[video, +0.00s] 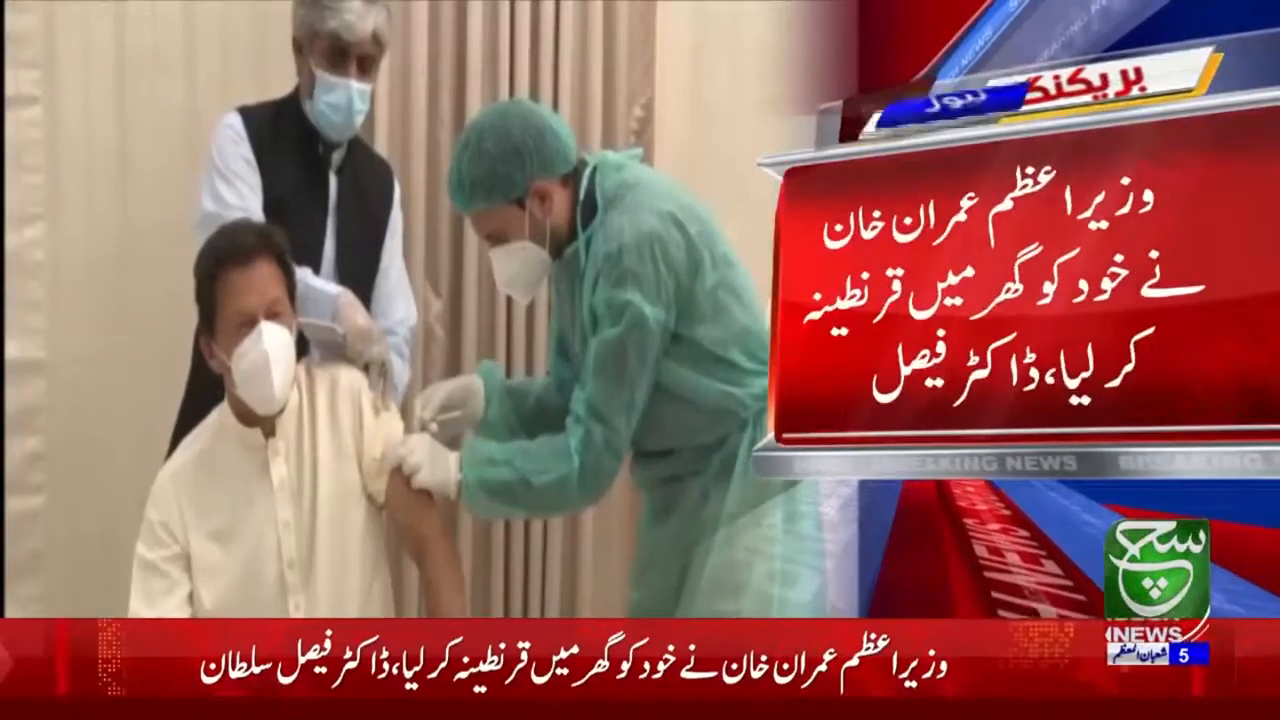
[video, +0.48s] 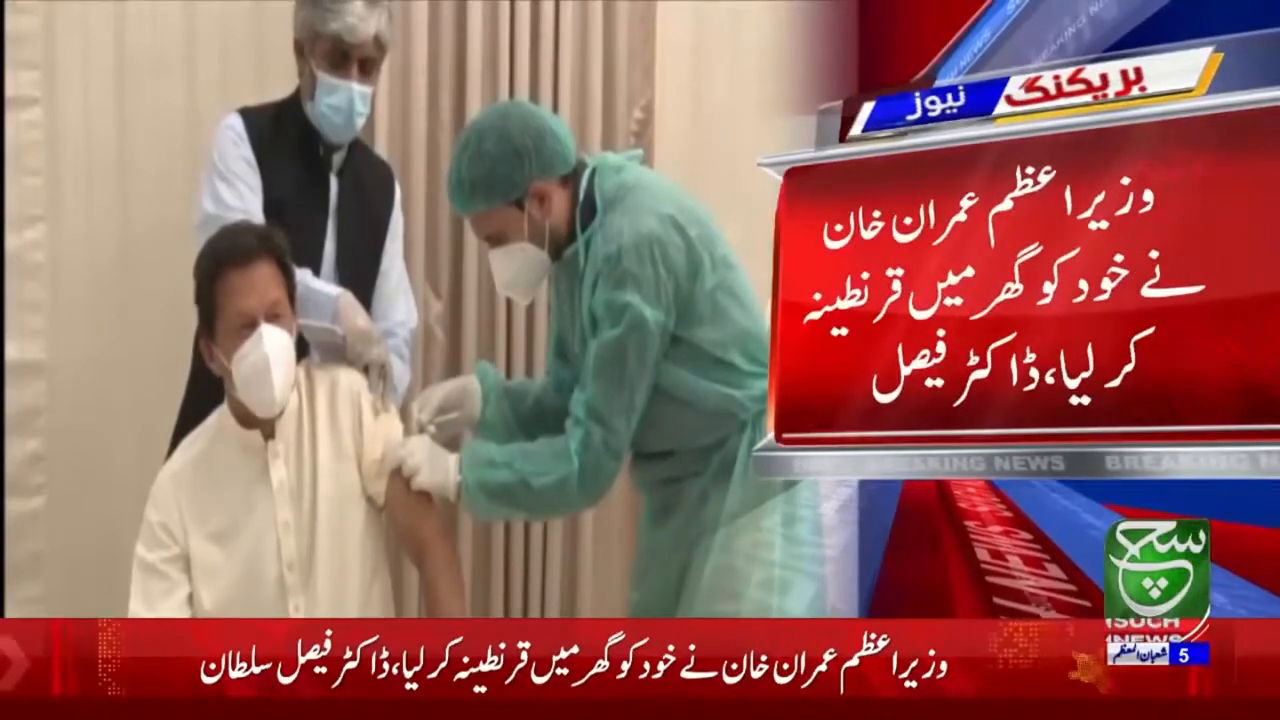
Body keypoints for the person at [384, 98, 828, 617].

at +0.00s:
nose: (497, 257)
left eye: (499, 240)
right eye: (489, 243)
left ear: (545, 201)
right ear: (545, 200)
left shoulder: (635, 235)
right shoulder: (582, 230)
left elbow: (590, 459)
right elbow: (570, 401)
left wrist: (460, 471)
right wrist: (485, 400)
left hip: (750, 471)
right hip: (678, 478)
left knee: (728, 664)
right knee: (654, 661)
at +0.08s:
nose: (497, 257)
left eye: (499, 240)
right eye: (489, 243)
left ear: (545, 200)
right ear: (546, 200)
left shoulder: (635, 235)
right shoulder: (582, 231)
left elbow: (591, 460)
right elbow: (570, 401)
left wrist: (460, 472)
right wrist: (486, 401)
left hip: (749, 473)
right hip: (679, 479)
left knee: (729, 664)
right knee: (655, 661)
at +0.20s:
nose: (497, 257)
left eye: (499, 240)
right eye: (489, 244)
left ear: (545, 200)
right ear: (545, 200)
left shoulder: (635, 235)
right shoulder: (582, 232)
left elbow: (591, 460)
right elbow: (570, 402)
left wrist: (460, 472)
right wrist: (486, 401)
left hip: (750, 471)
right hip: (678, 478)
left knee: (731, 664)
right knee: (655, 662)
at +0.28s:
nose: (497, 257)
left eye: (499, 240)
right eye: (488, 243)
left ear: (544, 200)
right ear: (545, 200)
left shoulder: (635, 235)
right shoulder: (582, 232)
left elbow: (591, 460)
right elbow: (570, 402)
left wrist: (461, 472)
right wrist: (487, 402)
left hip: (749, 472)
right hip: (678, 479)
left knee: (730, 663)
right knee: (654, 661)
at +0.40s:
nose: (497, 257)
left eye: (499, 240)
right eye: (488, 244)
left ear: (544, 200)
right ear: (545, 200)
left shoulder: (635, 236)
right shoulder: (581, 233)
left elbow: (591, 460)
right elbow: (569, 403)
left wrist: (460, 472)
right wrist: (485, 403)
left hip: (750, 473)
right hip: (679, 479)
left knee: (729, 664)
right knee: (653, 660)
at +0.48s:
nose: (497, 258)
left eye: (498, 240)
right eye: (488, 244)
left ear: (544, 200)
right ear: (544, 200)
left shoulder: (635, 236)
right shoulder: (581, 233)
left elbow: (590, 461)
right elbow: (569, 403)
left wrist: (459, 473)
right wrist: (485, 404)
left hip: (751, 472)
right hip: (678, 478)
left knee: (733, 664)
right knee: (654, 660)